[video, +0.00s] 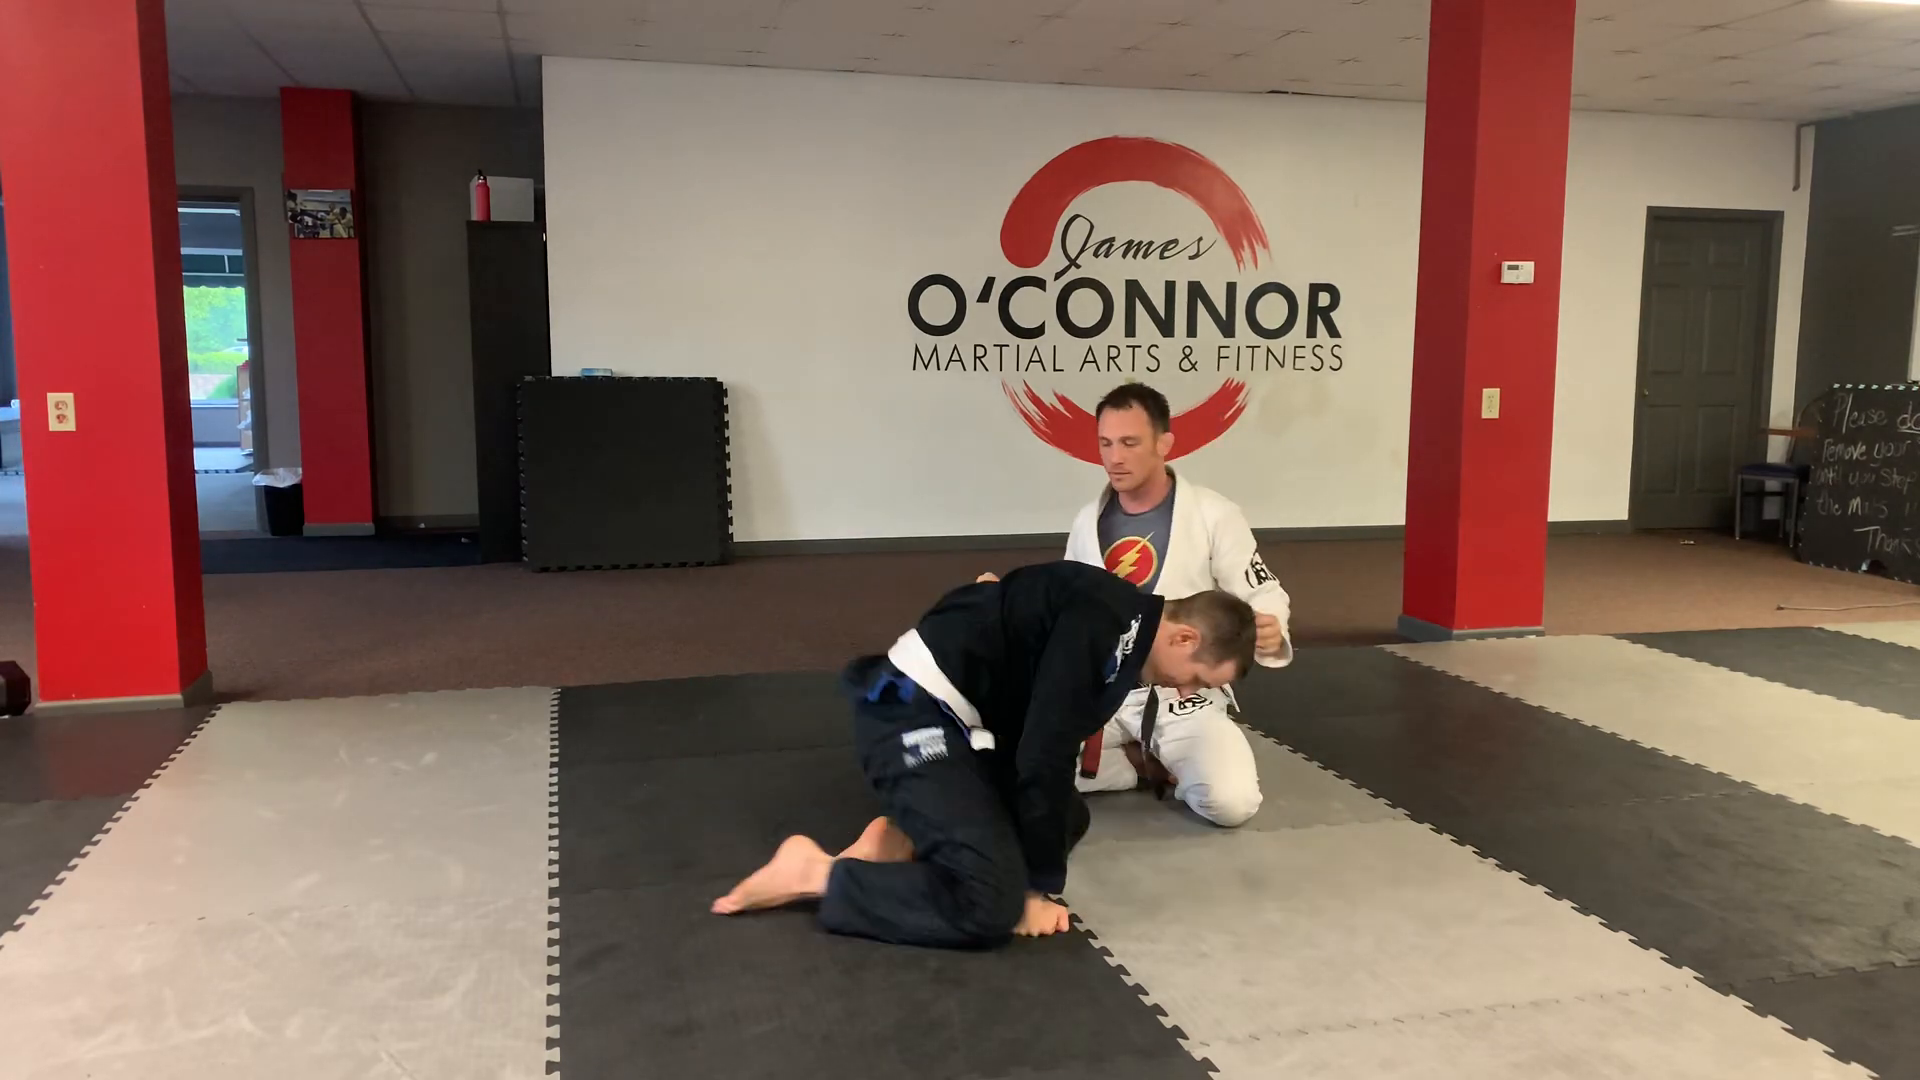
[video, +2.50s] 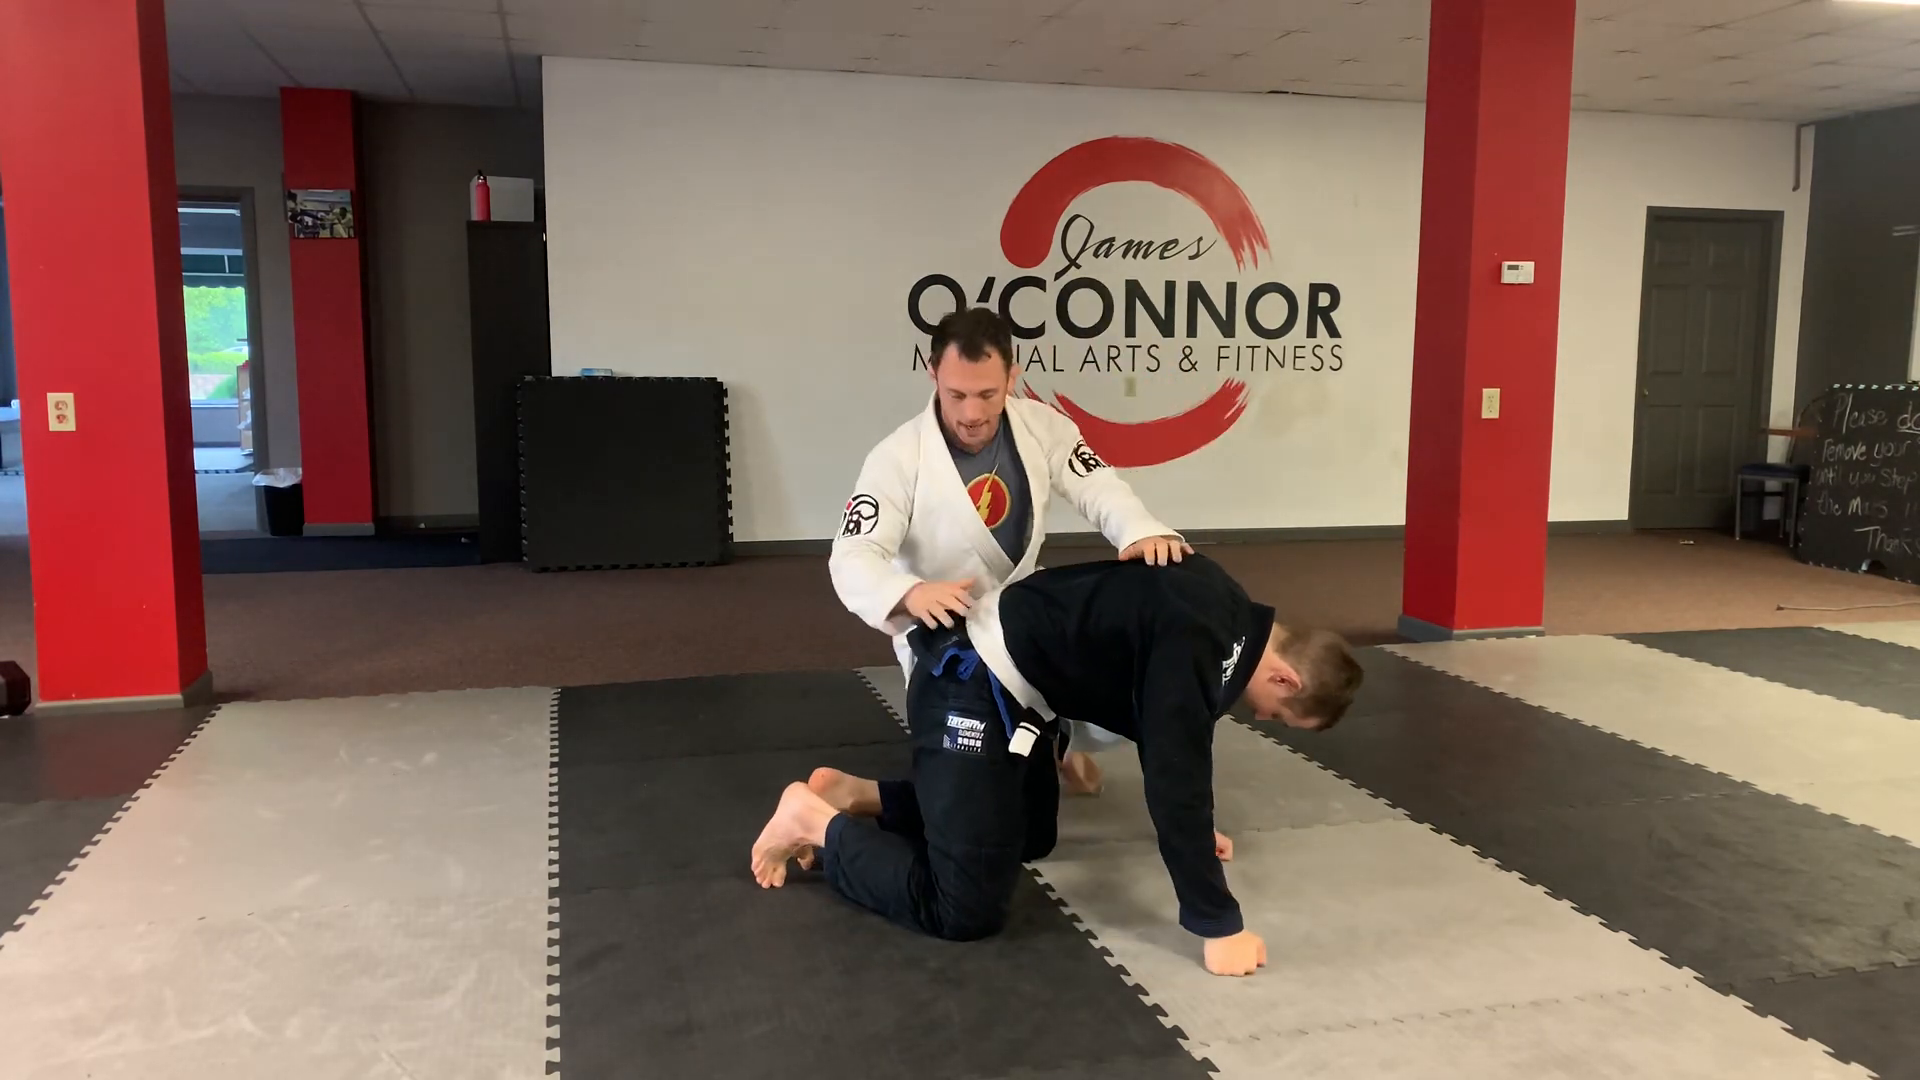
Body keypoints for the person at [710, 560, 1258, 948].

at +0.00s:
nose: (1187, 693)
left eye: (1202, 689)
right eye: (1199, 681)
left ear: (1185, 630)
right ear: (1185, 640)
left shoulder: (1124, 621)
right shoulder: (1100, 620)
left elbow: (1048, 741)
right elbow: (1042, 756)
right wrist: (1042, 891)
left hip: (961, 724)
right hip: (913, 719)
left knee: (1068, 820)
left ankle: (906, 836)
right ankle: (814, 873)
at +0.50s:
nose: (1204, 687)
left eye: (1216, 682)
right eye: (1213, 676)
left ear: (1197, 633)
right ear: (1195, 642)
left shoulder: (1144, 611)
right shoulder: (1113, 625)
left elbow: (1110, 728)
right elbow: (1092, 775)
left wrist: (1154, 802)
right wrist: (1139, 909)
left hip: (981, 726)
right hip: (921, 729)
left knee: (1069, 832)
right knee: (1002, 925)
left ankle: (899, 825)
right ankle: (849, 861)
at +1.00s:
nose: (1251, 715)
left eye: (1262, 711)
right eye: (1262, 706)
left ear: (1258, 652)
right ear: (1255, 664)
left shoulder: (1214, 614)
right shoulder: (1158, 625)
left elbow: (1188, 723)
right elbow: (1133, 784)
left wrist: (1197, 819)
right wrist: (1159, 926)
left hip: (1027, 696)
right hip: (961, 682)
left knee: (1066, 832)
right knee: (975, 896)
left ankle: (890, 821)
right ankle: (832, 828)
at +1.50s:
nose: (1261, 709)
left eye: (1273, 705)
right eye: (1275, 700)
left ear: (1273, 646)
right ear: (1269, 660)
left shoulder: (1217, 613)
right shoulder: (1177, 627)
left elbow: (1189, 728)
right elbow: (1142, 784)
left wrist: (1196, 823)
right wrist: (1162, 923)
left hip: (1019, 696)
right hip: (962, 685)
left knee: (1041, 832)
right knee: (965, 906)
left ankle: (865, 800)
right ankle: (827, 822)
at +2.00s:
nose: (1256, 710)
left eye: (1269, 706)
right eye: (1270, 701)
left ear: (1271, 651)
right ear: (1267, 660)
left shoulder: (1214, 610)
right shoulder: (1175, 620)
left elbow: (1192, 725)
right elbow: (1151, 775)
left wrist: (1198, 822)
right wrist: (1179, 918)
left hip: (1016, 692)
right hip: (962, 680)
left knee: (1034, 834)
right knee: (962, 907)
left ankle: (860, 796)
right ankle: (813, 822)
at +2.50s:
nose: (1267, 724)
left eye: (1279, 721)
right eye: (1280, 718)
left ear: (1283, 668)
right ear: (1278, 677)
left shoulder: (1225, 610)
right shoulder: (1186, 639)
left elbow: (1181, 739)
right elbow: (1174, 796)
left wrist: (1195, 821)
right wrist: (1217, 925)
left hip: (1021, 687)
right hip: (969, 679)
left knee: (1029, 835)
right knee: (966, 908)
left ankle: (861, 798)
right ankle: (816, 825)